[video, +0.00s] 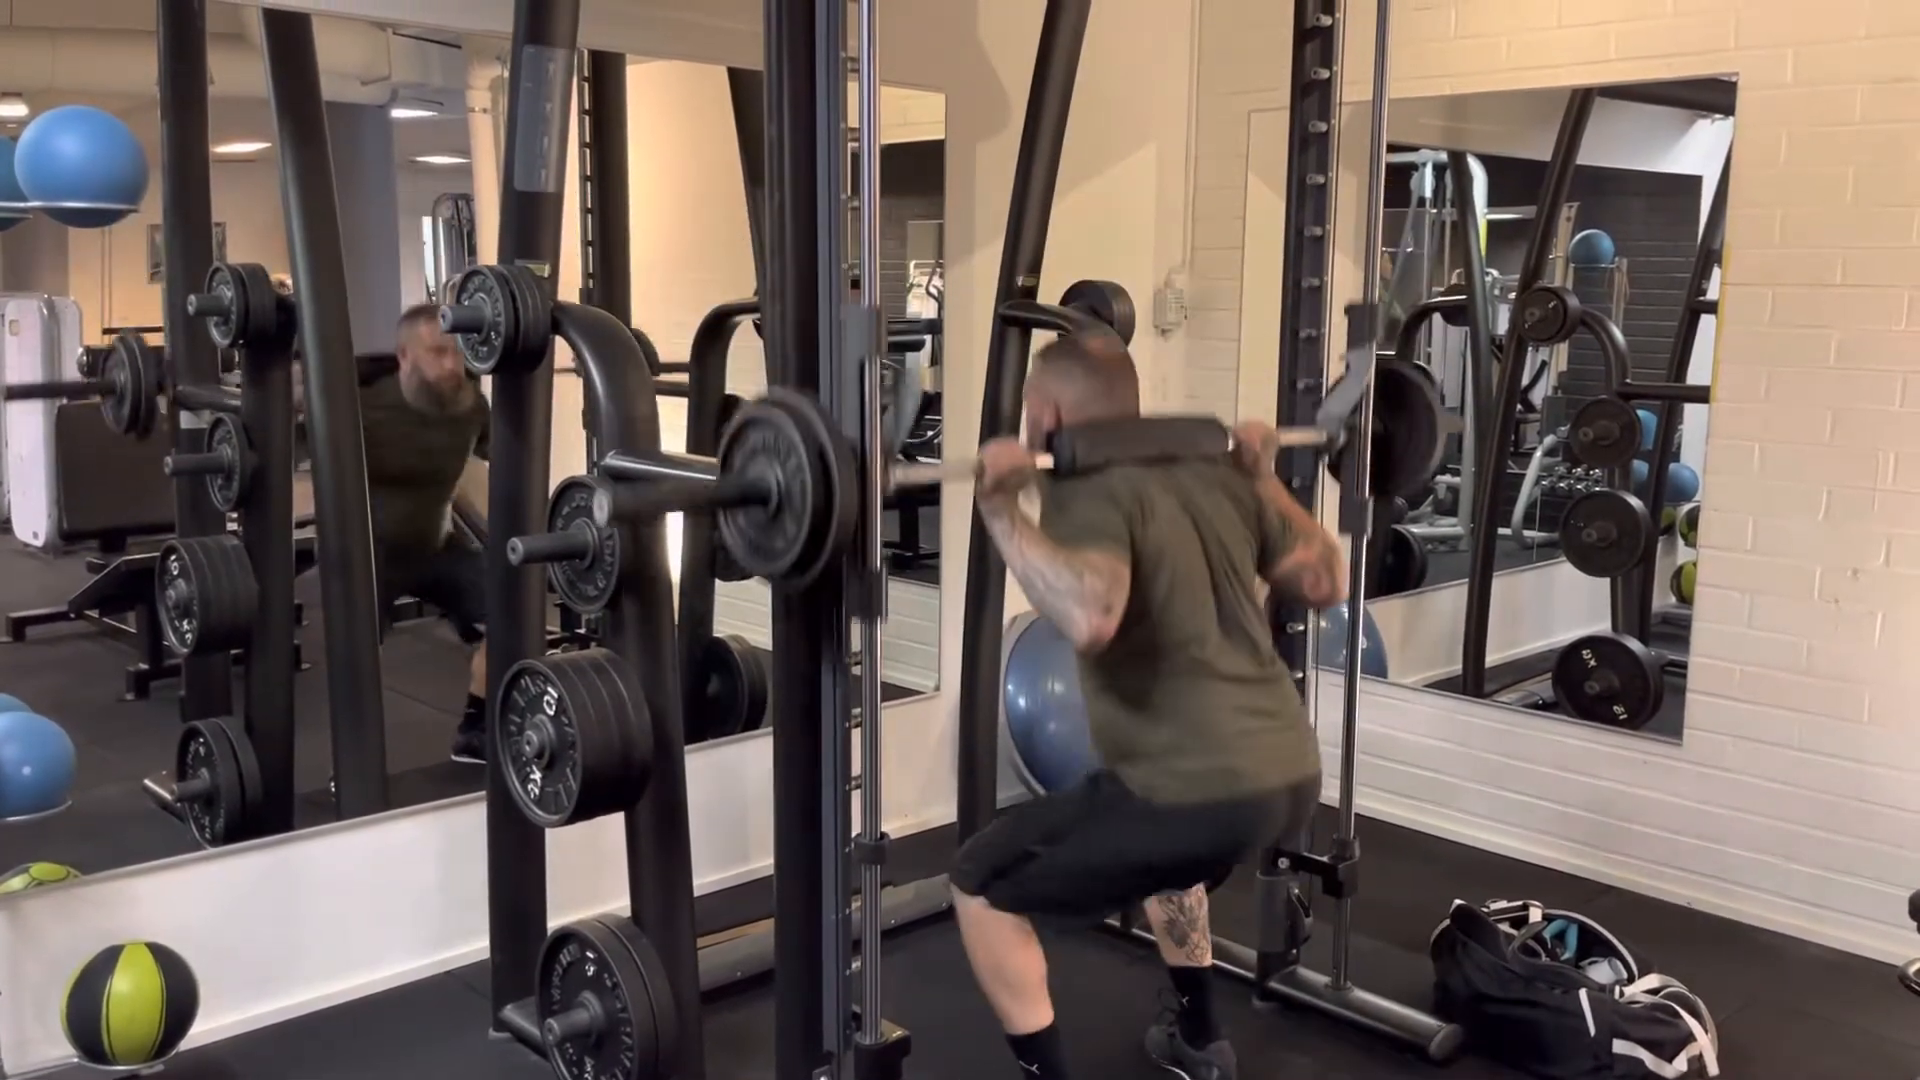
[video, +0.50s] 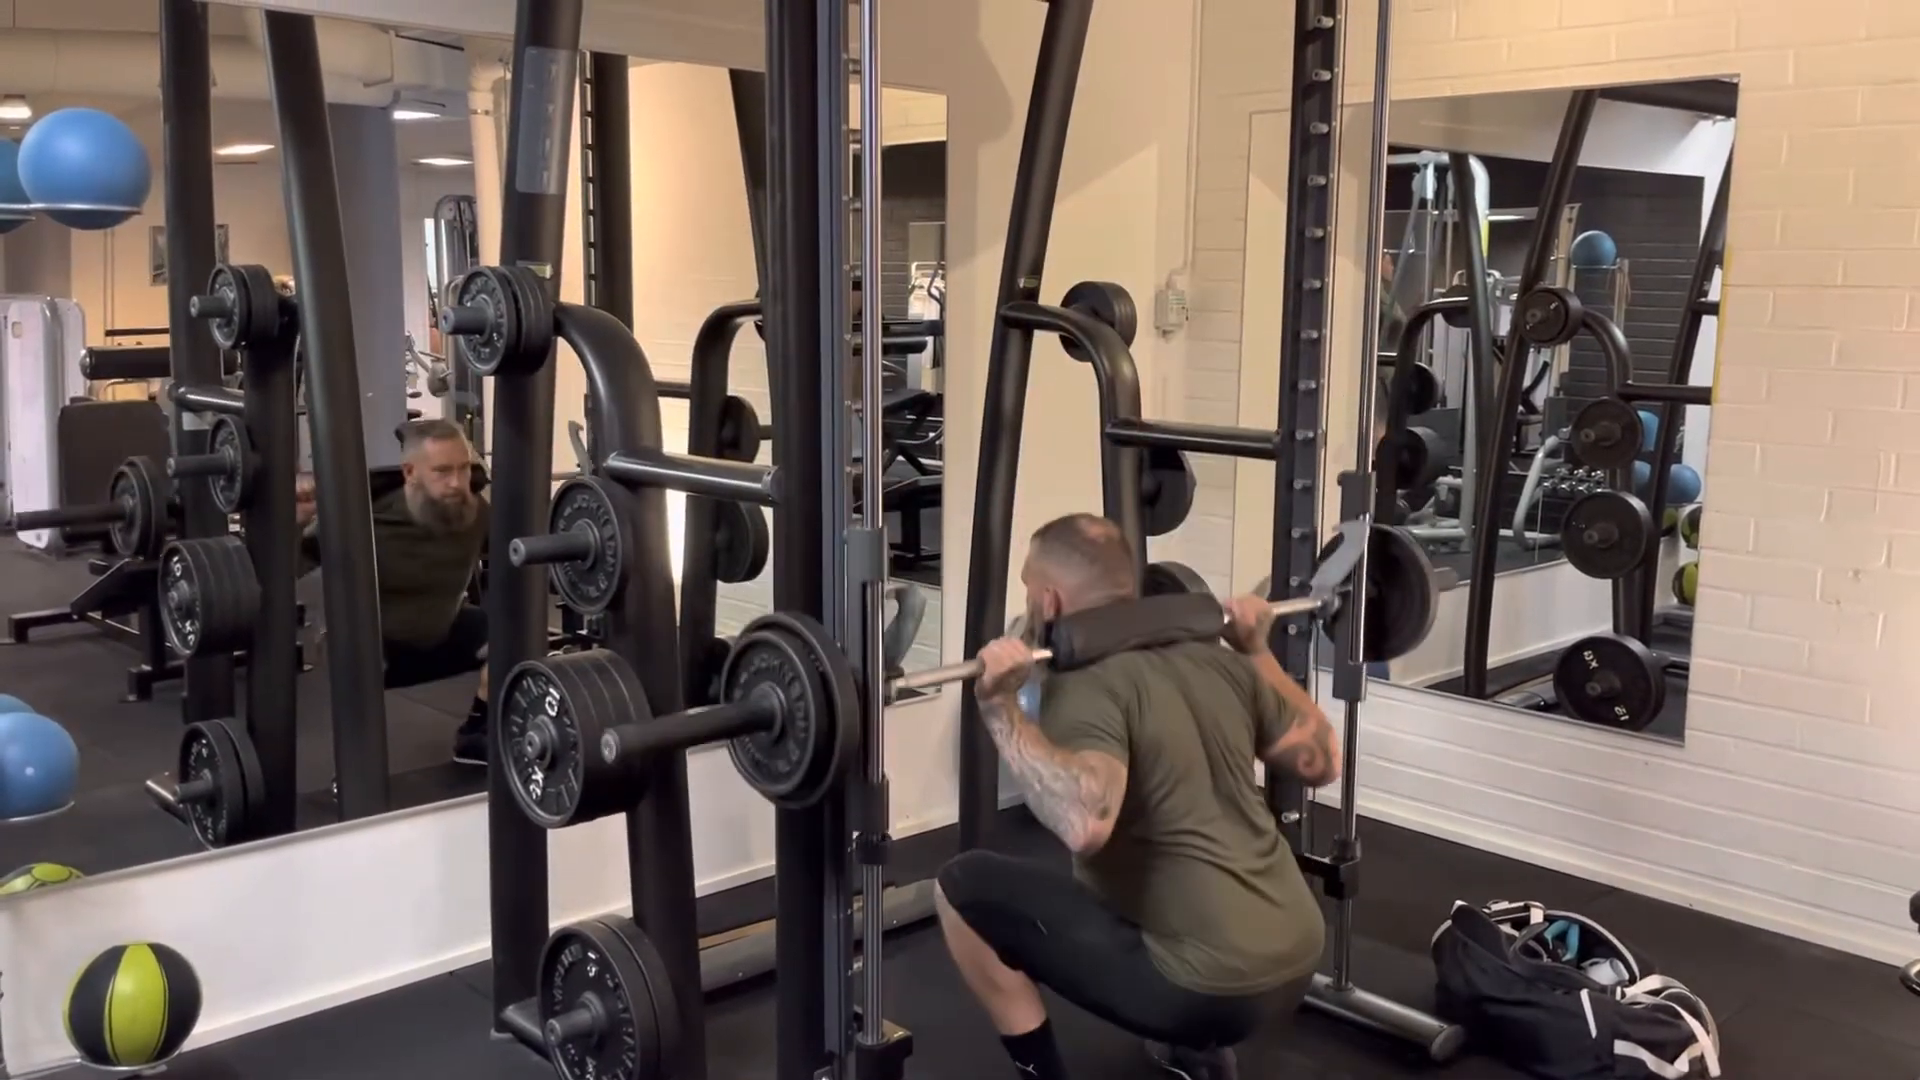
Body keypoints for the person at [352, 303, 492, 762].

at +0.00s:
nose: (453, 365)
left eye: (457, 350)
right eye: (438, 351)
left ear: (467, 353)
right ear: (405, 358)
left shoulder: (471, 408)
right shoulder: (363, 412)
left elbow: (500, 448)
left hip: (436, 551)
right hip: (367, 556)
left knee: (509, 604)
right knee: (352, 644)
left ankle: (477, 726)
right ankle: (353, 756)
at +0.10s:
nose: (454, 399)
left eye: (462, 385)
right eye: (440, 386)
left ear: (469, 386)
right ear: (405, 389)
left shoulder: (472, 437)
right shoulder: (360, 432)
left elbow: (502, 479)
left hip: (435, 573)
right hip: (363, 576)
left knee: (507, 614)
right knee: (351, 656)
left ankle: (477, 730)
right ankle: (352, 764)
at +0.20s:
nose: (455, 427)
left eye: (461, 413)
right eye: (441, 414)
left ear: (469, 414)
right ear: (406, 417)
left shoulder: (476, 465)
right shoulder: (358, 460)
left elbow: (518, 507)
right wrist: (287, 462)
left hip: (434, 596)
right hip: (359, 600)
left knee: (508, 615)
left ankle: (477, 729)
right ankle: (352, 759)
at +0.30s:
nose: (454, 451)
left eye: (462, 437)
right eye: (441, 438)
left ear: (470, 435)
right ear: (408, 439)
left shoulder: (477, 485)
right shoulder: (363, 485)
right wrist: (292, 492)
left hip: (435, 616)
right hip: (365, 620)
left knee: (509, 617)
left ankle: (477, 729)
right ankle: (352, 761)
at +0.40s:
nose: (456, 470)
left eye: (463, 456)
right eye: (442, 458)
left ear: (471, 454)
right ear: (410, 458)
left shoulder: (478, 504)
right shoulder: (363, 513)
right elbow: (283, 566)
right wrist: (289, 514)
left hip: (437, 628)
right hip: (370, 635)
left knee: (511, 619)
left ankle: (479, 728)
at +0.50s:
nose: (457, 484)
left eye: (464, 470)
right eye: (443, 472)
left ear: (472, 468)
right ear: (410, 472)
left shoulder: (478, 516)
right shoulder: (364, 526)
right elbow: (289, 569)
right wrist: (291, 527)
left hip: (441, 634)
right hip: (375, 644)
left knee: (513, 624)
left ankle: (478, 729)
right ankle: (354, 769)